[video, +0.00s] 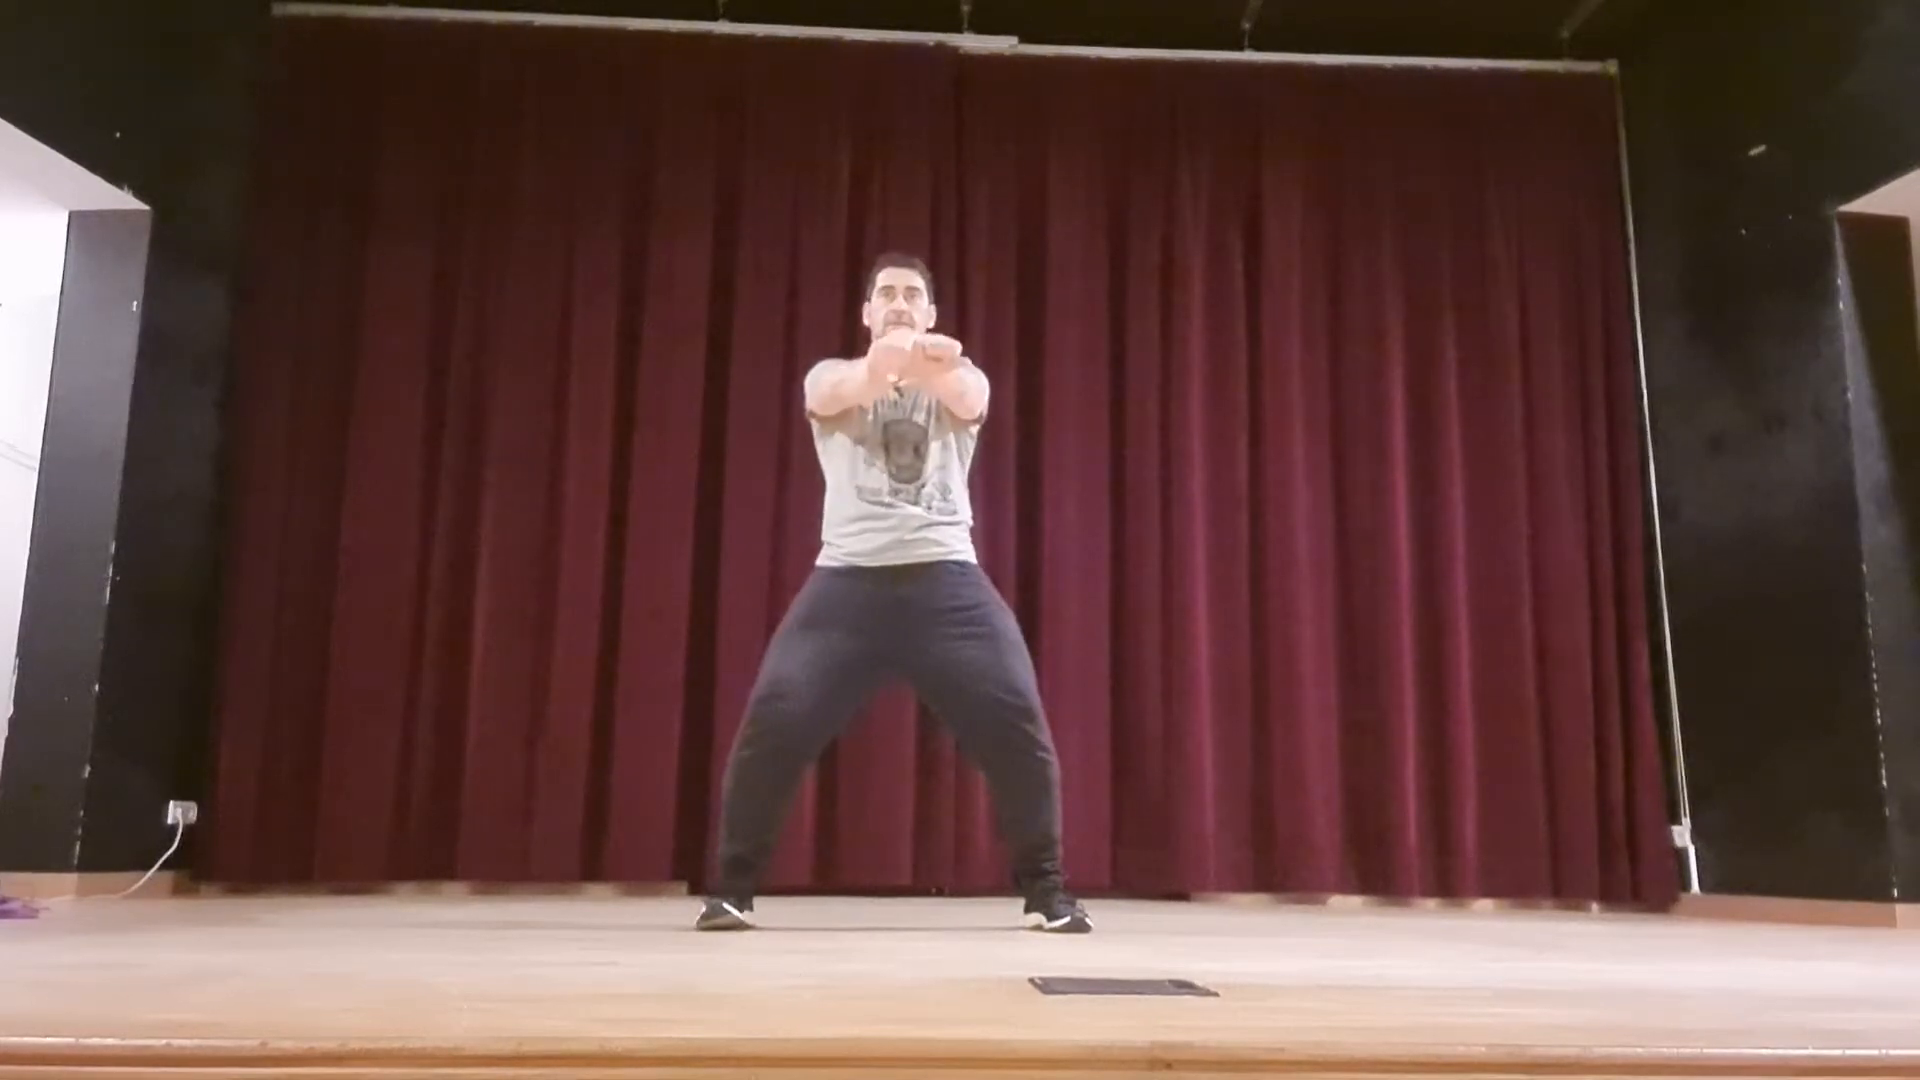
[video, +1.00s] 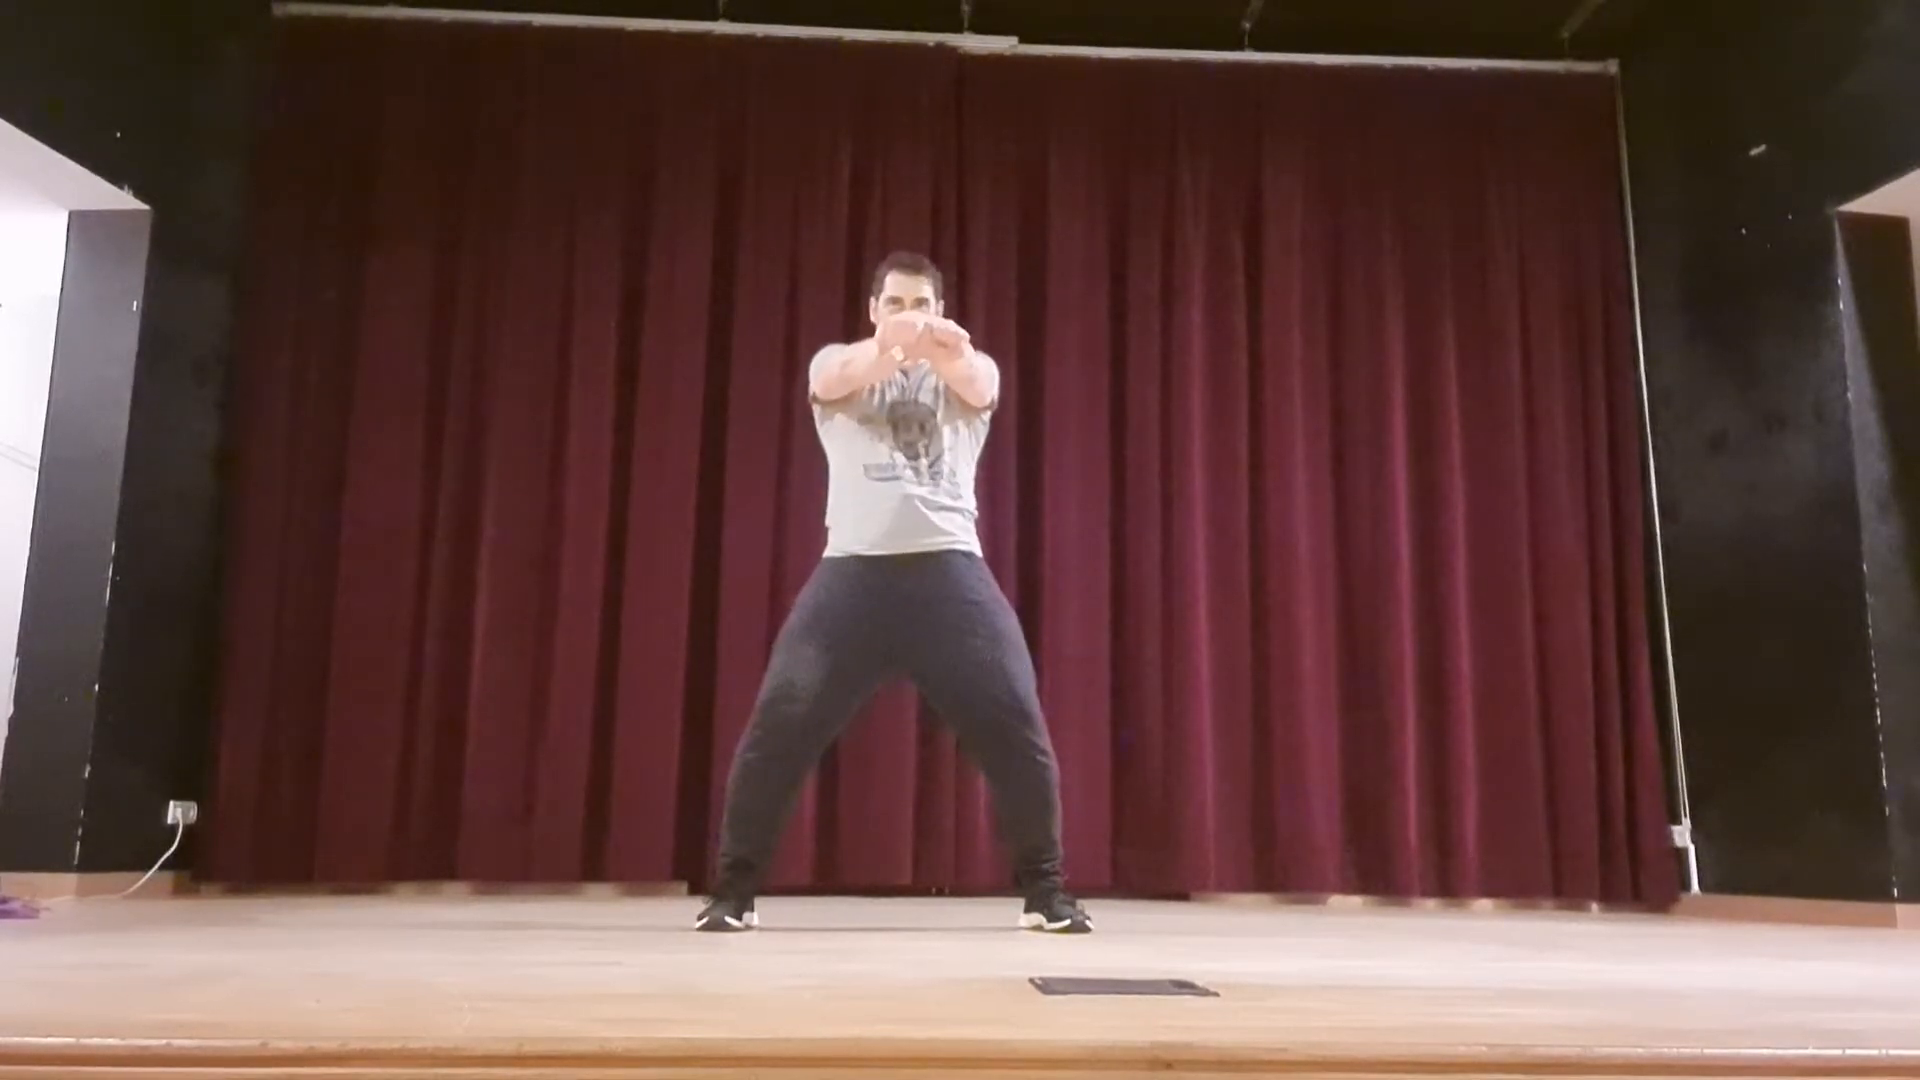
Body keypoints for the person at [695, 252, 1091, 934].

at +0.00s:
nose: (898, 303)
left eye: (911, 295)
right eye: (886, 294)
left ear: (931, 311)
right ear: (866, 311)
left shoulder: (958, 375)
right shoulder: (833, 375)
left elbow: (970, 402)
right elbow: (829, 397)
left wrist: (937, 369)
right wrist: (881, 370)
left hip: (946, 580)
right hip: (846, 581)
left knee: (1015, 715)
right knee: (776, 713)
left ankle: (1046, 888)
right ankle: (731, 891)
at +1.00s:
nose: (907, 315)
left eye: (920, 304)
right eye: (896, 303)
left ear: (939, 310)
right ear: (872, 308)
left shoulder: (973, 369)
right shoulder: (836, 361)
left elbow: (978, 392)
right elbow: (829, 385)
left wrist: (952, 357)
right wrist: (888, 351)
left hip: (950, 572)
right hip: (852, 572)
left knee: (1015, 721)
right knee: (783, 714)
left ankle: (1046, 891)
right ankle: (733, 893)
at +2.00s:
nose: (914, 302)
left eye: (926, 293)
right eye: (902, 291)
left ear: (945, 307)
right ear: (877, 304)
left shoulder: (973, 372)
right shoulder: (845, 363)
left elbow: (981, 394)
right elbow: (835, 388)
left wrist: (955, 356)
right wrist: (890, 355)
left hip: (954, 573)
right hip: (855, 573)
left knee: (1017, 727)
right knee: (784, 719)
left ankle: (1046, 890)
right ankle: (734, 892)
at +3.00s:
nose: (898, 297)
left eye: (911, 289)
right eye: (885, 286)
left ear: (929, 304)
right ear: (862, 298)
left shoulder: (952, 366)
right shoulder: (827, 358)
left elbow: (964, 391)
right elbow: (819, 383)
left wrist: (939, 346)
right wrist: (880, 349)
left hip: (941, 568)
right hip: (841, 572)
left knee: (1020, 716)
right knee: (778, 717)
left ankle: (1043, 879)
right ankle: (734, 890)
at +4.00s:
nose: (921, 291)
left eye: (932, 281)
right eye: (909, 282)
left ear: (954, 297)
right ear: (887, 298)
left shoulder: (980, 364)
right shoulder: (854, 356)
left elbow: (992, 394)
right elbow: (847, 378)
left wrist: (954, 344)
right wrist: (914, 344)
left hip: (960, 577)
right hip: (856, 572)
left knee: (1022, 718)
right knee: (771, 688)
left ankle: (1045, 888)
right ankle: (722, 867)